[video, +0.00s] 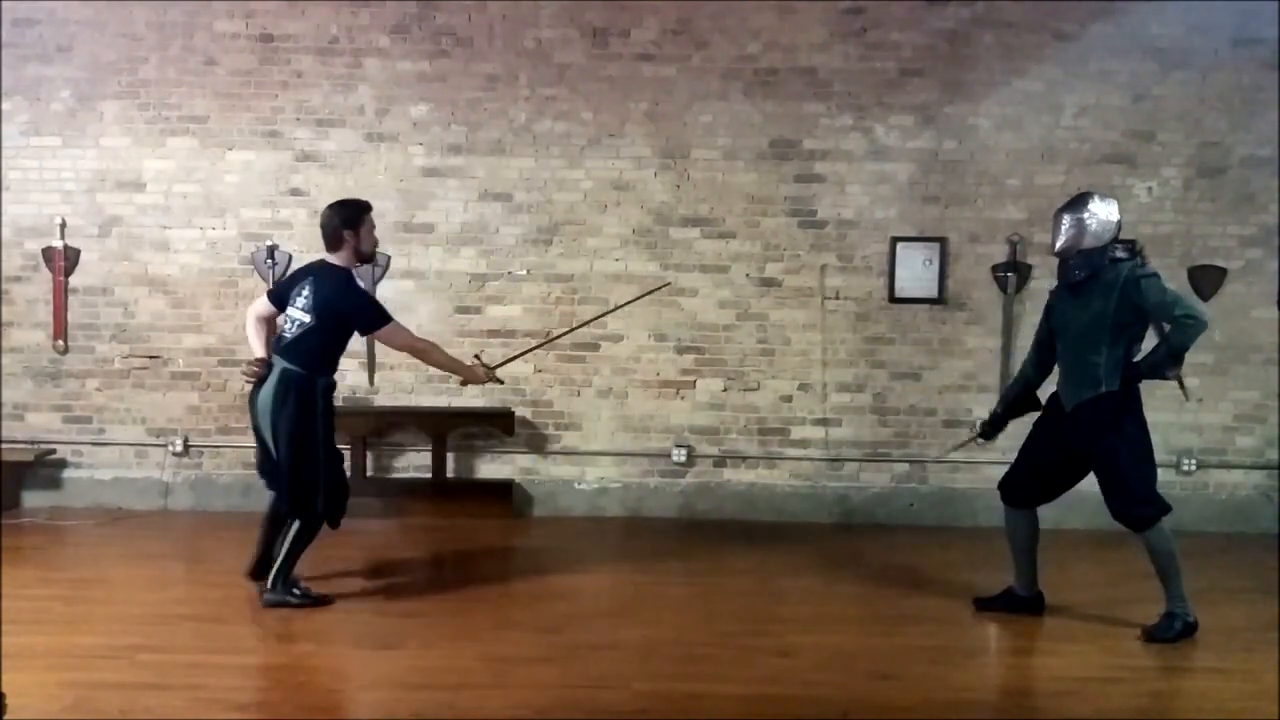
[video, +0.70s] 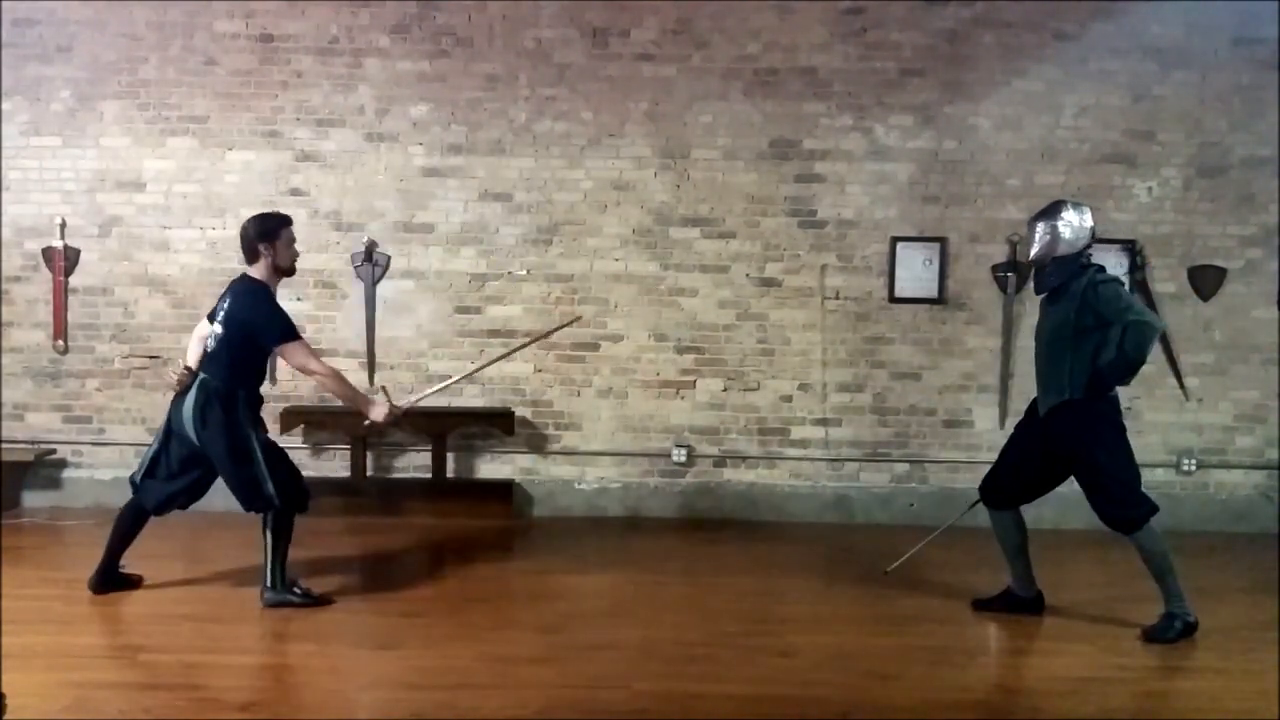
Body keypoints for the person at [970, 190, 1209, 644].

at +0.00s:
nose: (1062, 238)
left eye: (1072, 227)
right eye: (1061, 227)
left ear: (1097, 229)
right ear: (1064, 231)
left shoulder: (1131, 277)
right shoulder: (1062, 295)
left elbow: (1190, 320)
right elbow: (1037, 364)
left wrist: (1144, 368)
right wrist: (1000, 415)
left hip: (1115, 412)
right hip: (1067, 414)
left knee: (1139, 509)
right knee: (1016, 492)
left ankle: (1180, 612)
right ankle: (1025, 592)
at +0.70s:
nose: (1035, 245)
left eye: (1042, 235)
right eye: (1035, 235)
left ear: (1067, 237)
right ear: (1059, 239)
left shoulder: (1094, 284)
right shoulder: (1058, 287)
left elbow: (1143, 324)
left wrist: (1106, 378)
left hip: (1091, 417)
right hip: (1051, 415)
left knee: (1127, 512)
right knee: (998, 493)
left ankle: (1179, 612)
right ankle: (1023, 591)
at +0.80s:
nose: (1033, 246)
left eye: (1040, 236)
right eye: (1033, 236)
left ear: (1064, 238)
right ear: (1061, 240)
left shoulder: (1095, 283)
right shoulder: (1057, 286)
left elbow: (1143, 324)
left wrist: (1108, 376)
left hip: (1092, 416)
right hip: (1050, 414)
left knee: (1128, 511)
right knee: (998, 492)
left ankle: (1179, 612)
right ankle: (1023, 591)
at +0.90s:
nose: (1033, 248)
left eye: (1040, 237)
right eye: (1032, 238)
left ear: (1064, 239)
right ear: (1060, 241)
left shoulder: (1095, 284)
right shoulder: (1057, 288)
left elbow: (1144, 323)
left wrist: (1110, 375)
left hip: (1092, 416)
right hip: (1050, 414)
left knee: (1129, 512)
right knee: (998, 492)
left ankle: (1180, 612)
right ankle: (1023, 591)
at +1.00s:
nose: (1033, 245)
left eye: (1040, 236)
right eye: (1033, 236)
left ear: (1063, 238)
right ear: (1060, 239)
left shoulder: (1094, 284)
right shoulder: (1056, 286)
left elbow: (1144, 324)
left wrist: (1109, 376)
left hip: (1092, 416)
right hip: (1050, 413)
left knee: (1130, 511)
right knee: (998, 493)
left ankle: (1180, 612)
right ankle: (1023, 591)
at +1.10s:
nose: (1034, 247)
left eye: (1041, 236)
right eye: (1033, 237)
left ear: (1065, 238)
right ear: (1060, 239)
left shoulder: (1095, 284)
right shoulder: (1057, 287)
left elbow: (1145, 323)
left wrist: (1112, 374)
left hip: (1092, 416)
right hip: (1050, 414)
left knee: (1131, 511)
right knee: (998, 493)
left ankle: (1180, 612)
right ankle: (1023, 591)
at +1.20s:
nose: (1034, 245)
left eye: (1041, 235)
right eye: (1034, 235)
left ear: (1064, 237)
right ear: (1063, 238)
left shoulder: (1095, 283)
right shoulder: (1057, 287)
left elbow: (1145, 324)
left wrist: (1112, 375)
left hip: (1093, 416)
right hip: (1051, 414)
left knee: (1131, 511)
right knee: (999, 493)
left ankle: (1180, 611)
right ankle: (1023, 591)